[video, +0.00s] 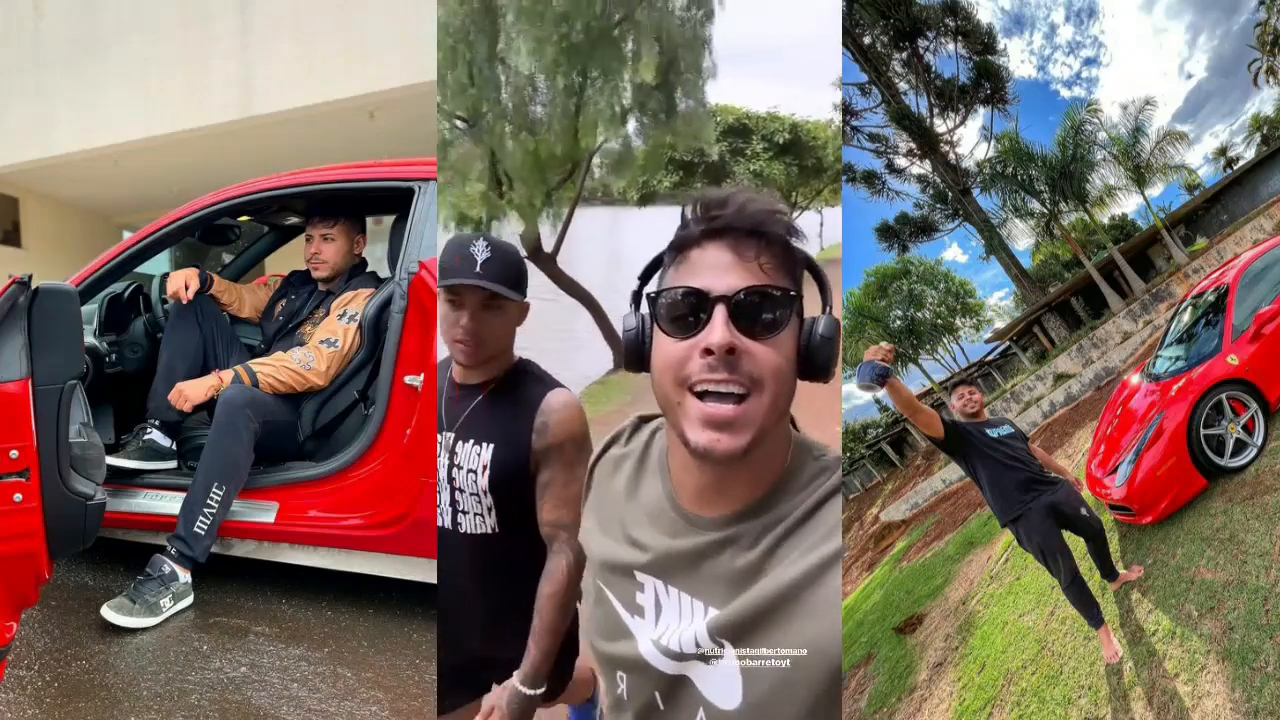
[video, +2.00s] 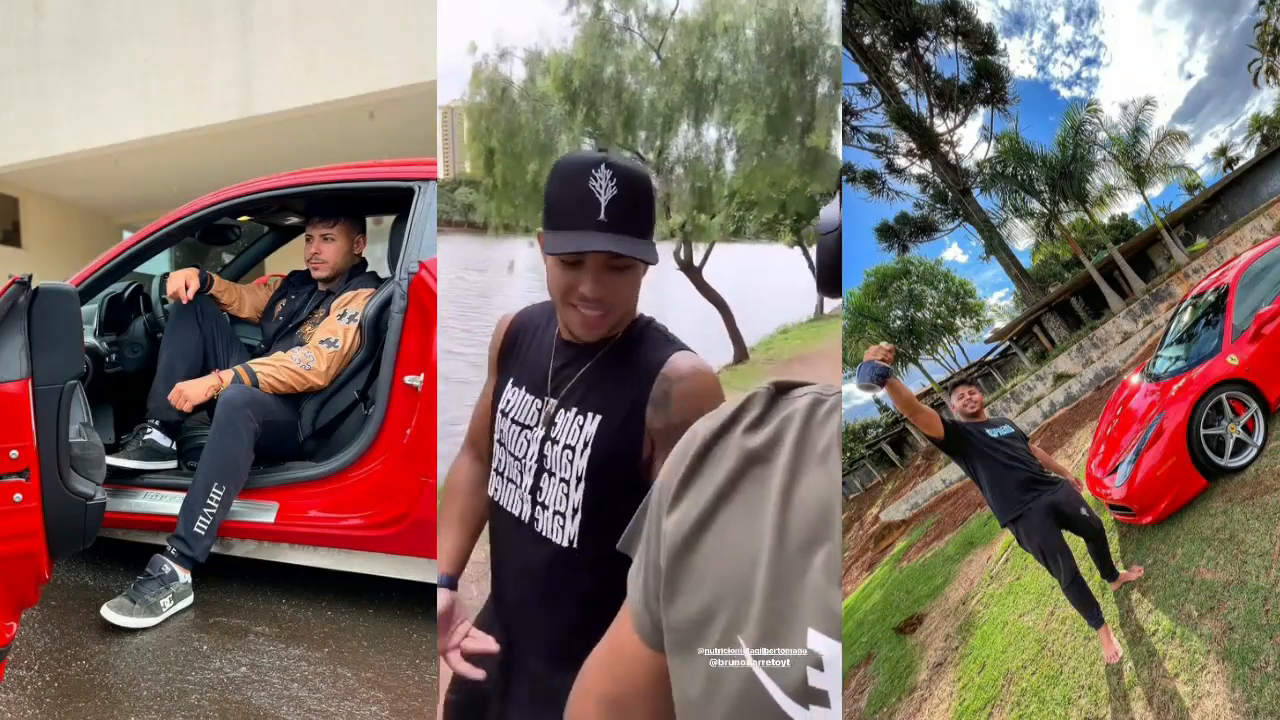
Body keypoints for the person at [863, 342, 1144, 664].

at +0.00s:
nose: (967, 397)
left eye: (971, 392)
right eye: (959, 397)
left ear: (983, 398)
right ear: (953, 410)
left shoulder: (1003, 424)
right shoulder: (957, 436)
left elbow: (1037, 454)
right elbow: (916, 412)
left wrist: (1067, 476)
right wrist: (885, 375)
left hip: (1051, 489)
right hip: (1021, 512)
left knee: (1094, 528)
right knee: (1066, 571)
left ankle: (1113, 576)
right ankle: (1101, 629)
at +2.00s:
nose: (967, 397)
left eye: (971, 392)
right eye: (959, 398)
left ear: (983, 398)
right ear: (953, 411)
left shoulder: (1004, 424)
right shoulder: (957, 436)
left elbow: (1037, 454)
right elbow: (916, 412)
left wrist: (1068, 475)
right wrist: (885, 374)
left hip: (1051, 489)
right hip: (1022, 512)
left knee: (1093, 528)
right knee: (1066, 572)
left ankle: (1114, 576)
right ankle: (1101, 628)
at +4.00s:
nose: (967, 397)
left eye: (971, 392)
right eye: (959, 397)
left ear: (983, 398)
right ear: (953, 410)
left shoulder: (1003, 424)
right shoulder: (957, 436)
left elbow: (1037, 454)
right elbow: (916, 412)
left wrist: (1067, 476)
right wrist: (885, 375)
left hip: (1051, 489)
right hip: (1022, 512)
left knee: (1094, 528)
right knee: (1066, 572)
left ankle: (1113, 576)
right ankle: (1101, 628)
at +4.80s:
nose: (967, 397)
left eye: (971, 392)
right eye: (959, 397)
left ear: (983, 399)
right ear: (953, 410)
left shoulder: (1004, 424)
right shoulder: (956, 436)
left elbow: (1036, 453)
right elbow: (916, 412)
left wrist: (1066, 475)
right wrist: (885, 374)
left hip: (1052, 489)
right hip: (1022, 512)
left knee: (1094, 528)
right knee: (1066, 572)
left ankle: (1114, 576)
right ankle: (1101, 628)